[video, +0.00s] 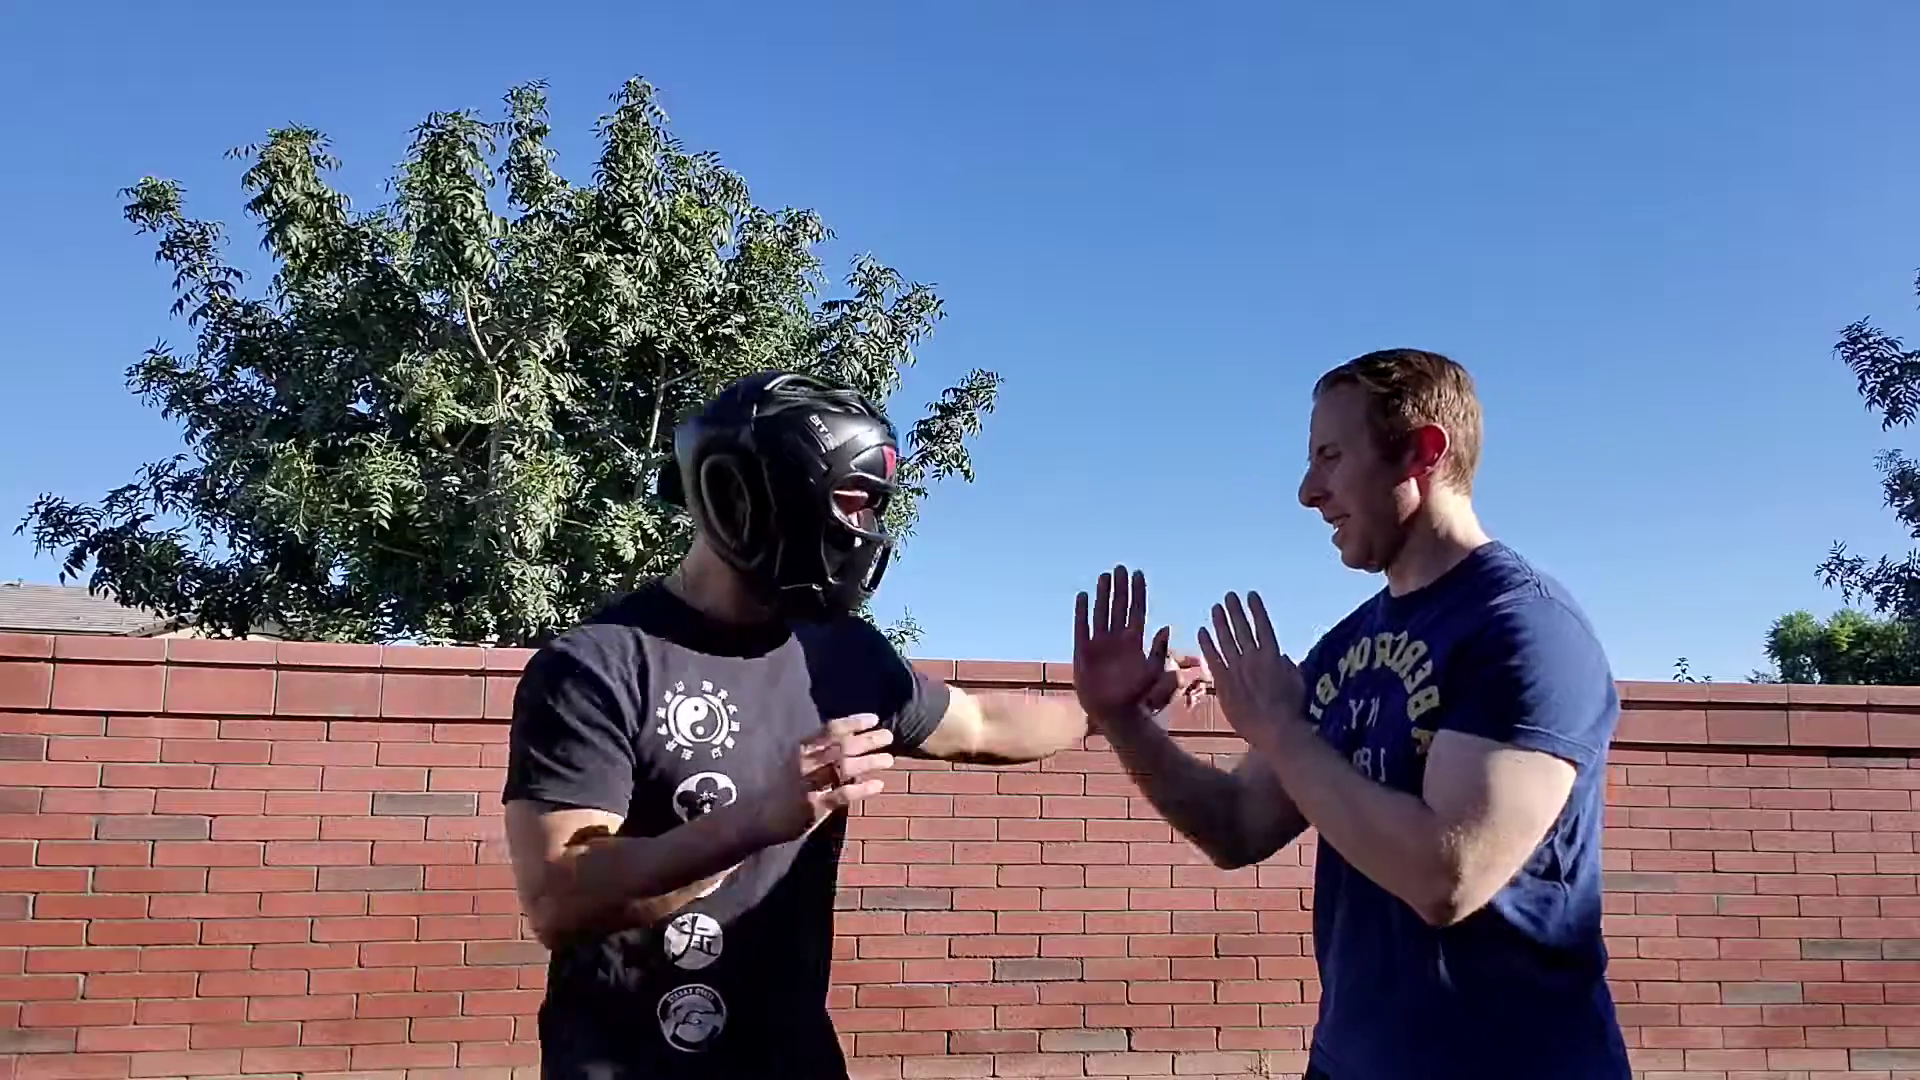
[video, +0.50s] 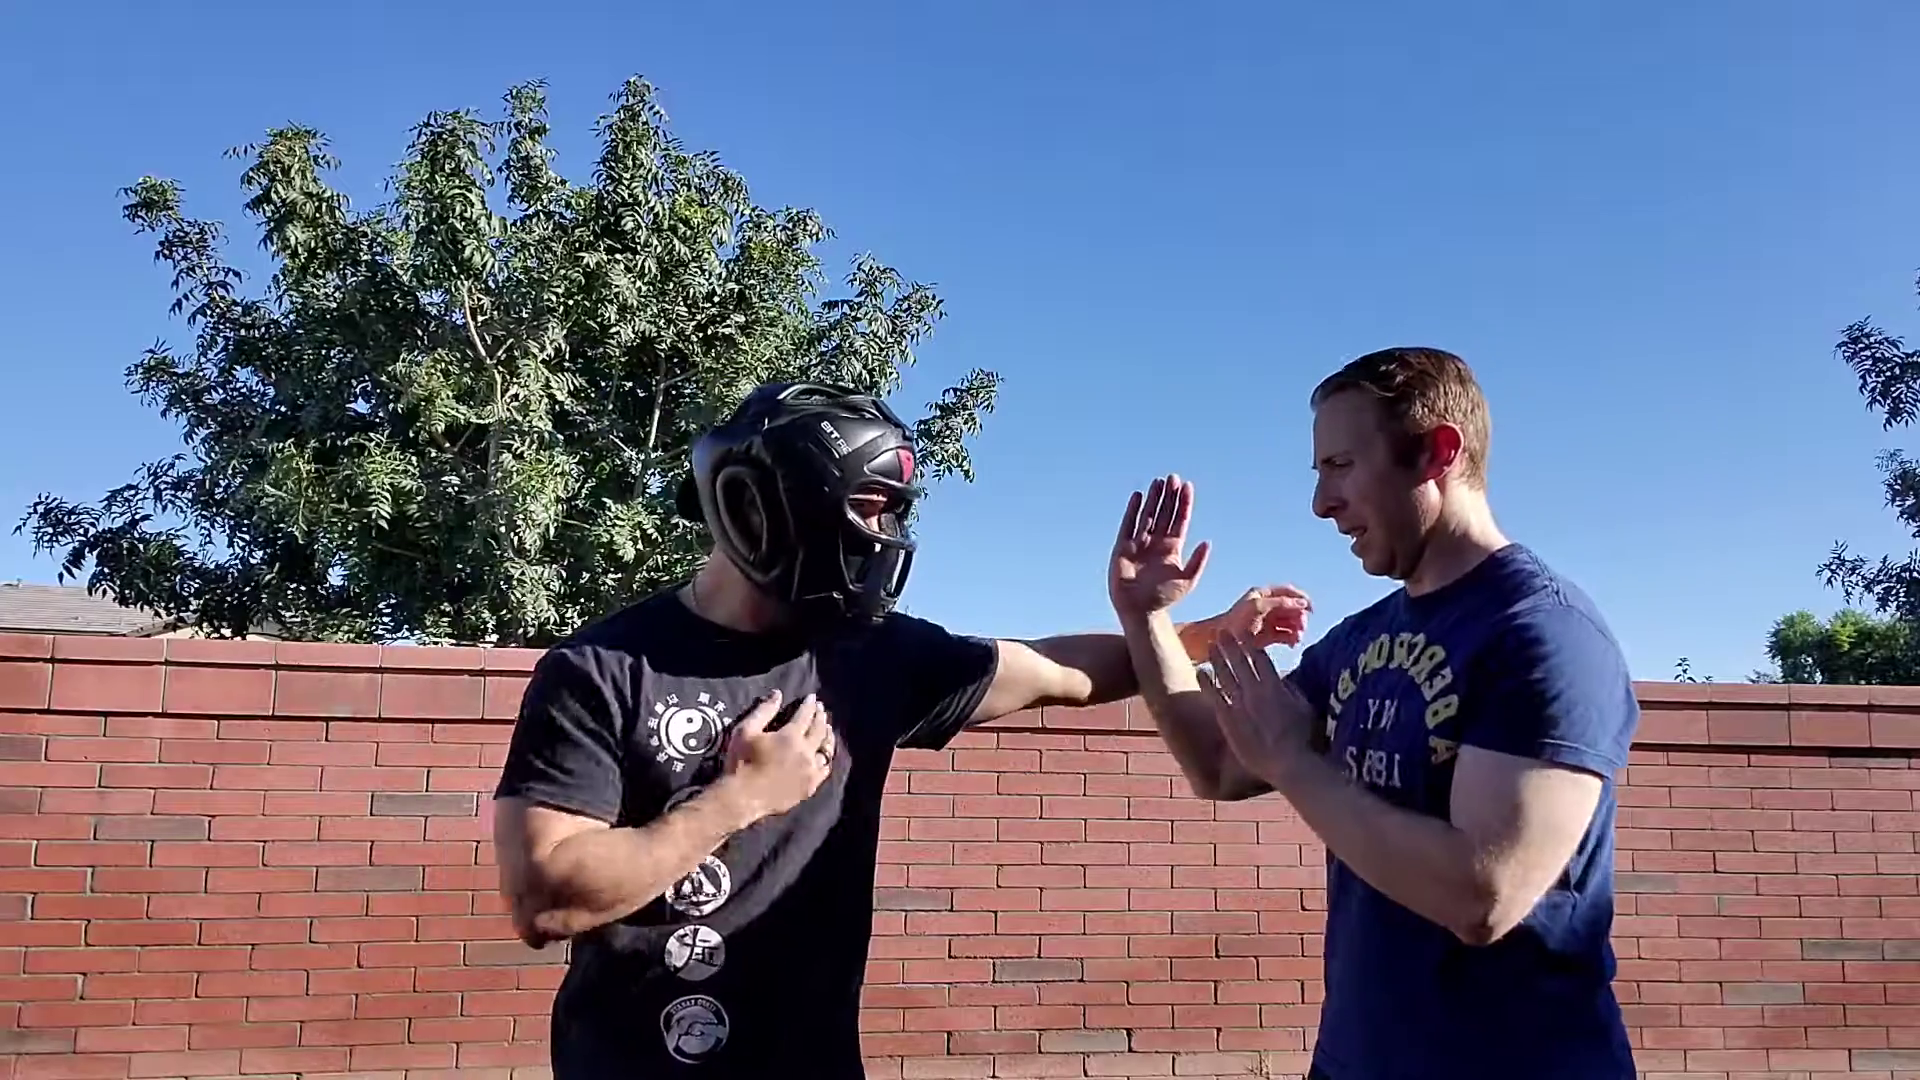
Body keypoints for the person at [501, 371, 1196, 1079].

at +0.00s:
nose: (867, 531)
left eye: (873, 507)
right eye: (847, 503)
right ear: (754, 497)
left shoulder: (837, 652)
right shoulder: (591, 670)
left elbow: (984, 728)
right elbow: (557, 902)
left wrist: (1106, 713)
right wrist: (766, 816)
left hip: (788, 1054)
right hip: (623, 1059)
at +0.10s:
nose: (893, 543)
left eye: (896, 518)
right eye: (870, 517)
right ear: (774, 515)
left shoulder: (881, 666)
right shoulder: (597, 684)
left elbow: (1064, 692)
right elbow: (516, 898)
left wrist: (1194, 678)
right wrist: (679, 890)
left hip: (809, 1059)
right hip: (629, 1062)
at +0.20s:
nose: (882, 550)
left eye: (891, 527)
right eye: (859, 525)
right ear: (759, 519)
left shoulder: (870, 664)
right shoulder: (593, 682)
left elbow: (1069, 672)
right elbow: (499, 904)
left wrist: (1198, 640)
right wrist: (697, 870)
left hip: (804, 1066)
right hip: (625, 1066)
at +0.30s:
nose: (881, 546)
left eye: (887, 522)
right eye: (858, 519)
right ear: (761, 513)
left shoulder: (867, 655)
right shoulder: (584, 677)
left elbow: (1058, 672)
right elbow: (528, 899)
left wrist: (1203, 640)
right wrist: (720, 799)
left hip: (803, 1060)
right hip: (621, 1062)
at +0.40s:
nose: (886, 538)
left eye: (891, 514)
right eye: (862, 511)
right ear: (760, 509)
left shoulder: (872, 659)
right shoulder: (589, 676)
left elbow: (1068, 672)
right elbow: (525, 897)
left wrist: (1210, 642)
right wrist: (714, 809)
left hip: (806, 1064)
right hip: (624, 1064)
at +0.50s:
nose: (892, 535)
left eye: (895, 510)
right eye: (869, 508)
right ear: (772, 507)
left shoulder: (868, 656)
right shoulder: (597, 673)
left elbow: (1061, 675)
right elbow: (547, 899)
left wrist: (1214, 638)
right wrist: (741, 800)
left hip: (809, 1059)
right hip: (631, 1060)